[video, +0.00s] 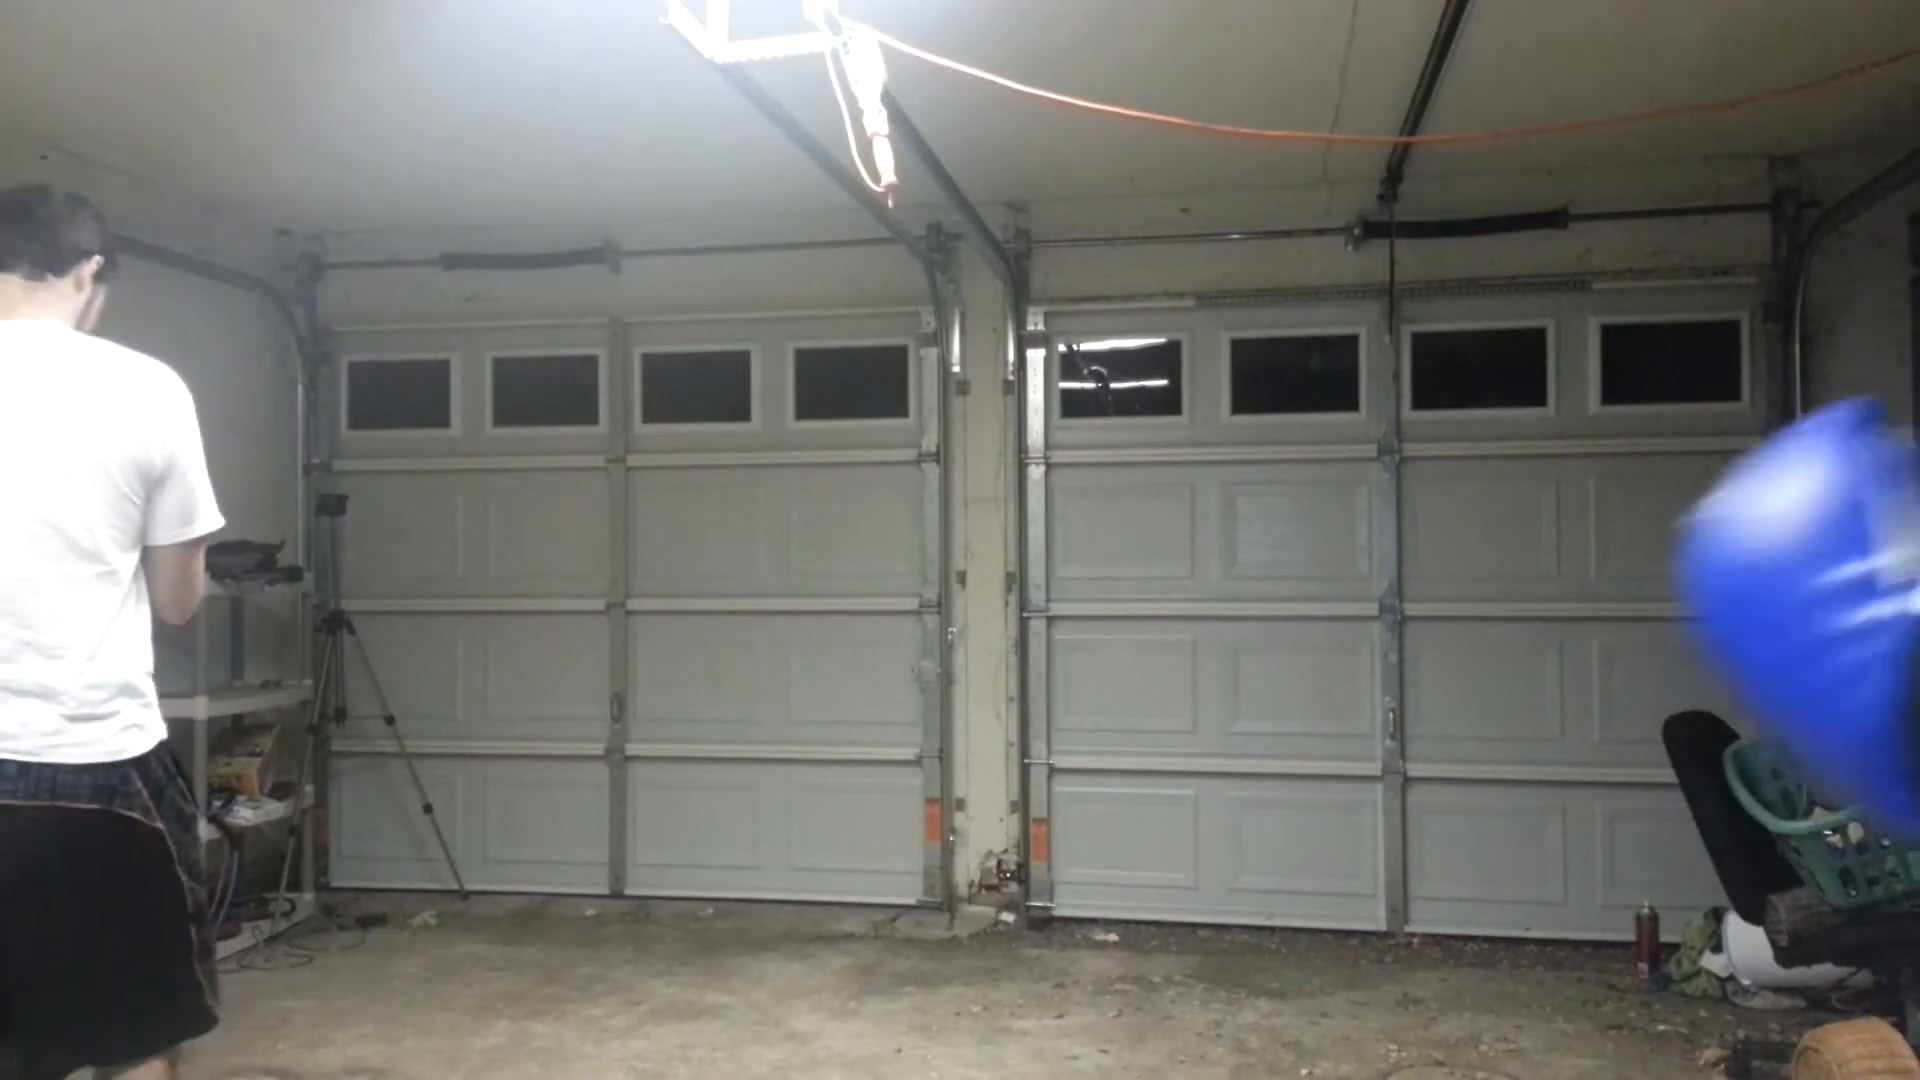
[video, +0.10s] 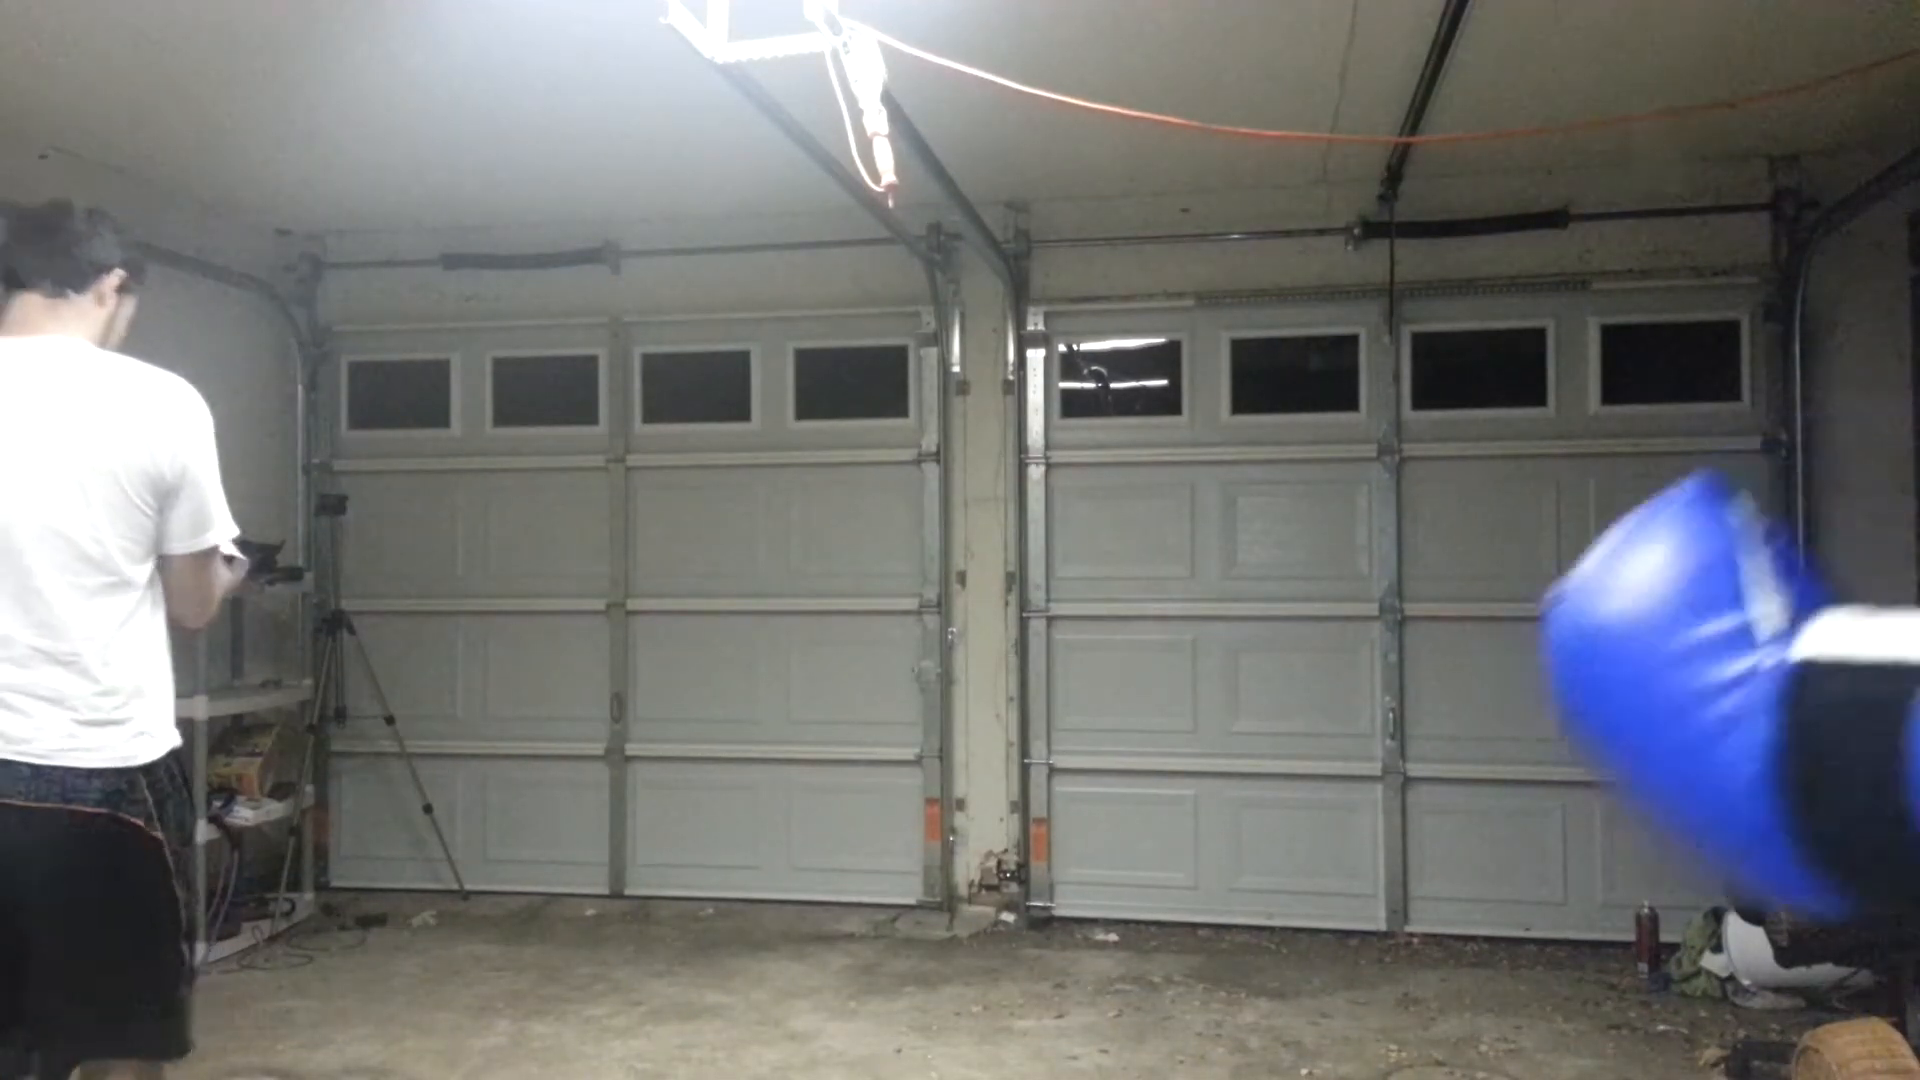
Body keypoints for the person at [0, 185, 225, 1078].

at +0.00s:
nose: (96, 304)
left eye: (99, 291)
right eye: (102, 287)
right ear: (90, 275)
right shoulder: (144, 388)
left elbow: (175, 602)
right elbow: (179, 603)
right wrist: (191, 555)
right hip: (93, 780)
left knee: (17, 1048)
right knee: (142, 1044)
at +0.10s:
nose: (125, 326)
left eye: (128, 308)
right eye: (129, 305)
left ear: (11, 286)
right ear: (111, 289)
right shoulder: (161, 403)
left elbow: (185, 606)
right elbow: (192, 606)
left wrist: (206, 562)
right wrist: (221, 568)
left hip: (3, 785)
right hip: (101, 795)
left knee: (14, 1052)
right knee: (128, 1053)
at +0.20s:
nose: (161, 347)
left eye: (165, 330)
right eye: (166, 325)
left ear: (51, 298)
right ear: (146, 304)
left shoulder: (5, 379)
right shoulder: (189, 419)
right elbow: (215, 613)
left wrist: (219, 567)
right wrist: (256, 580)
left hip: (6, 781)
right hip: (120, 797)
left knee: (10, 1043)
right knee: (110, 1052)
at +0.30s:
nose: (199, 352)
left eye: (205, 334)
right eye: (205, 331)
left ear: (91, 306)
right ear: (183, 312)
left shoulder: (14, 392)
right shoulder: (218, 422)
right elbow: (235, 621)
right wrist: (264, 612)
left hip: (12, 775)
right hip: (142, 786)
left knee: (4, 1042)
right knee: (137, 1045)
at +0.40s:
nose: (228, 372)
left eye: (235, 355)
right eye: (236, 352)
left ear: (127, 310)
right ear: (212, 321)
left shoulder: (20, 399)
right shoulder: (236, 417)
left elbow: (22, 567)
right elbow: (236, 616)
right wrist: (257, 632)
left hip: (21, 771)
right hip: (161, 780)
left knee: (19, 1024)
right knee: (149, 1041)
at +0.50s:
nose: (246, 379)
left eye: (256, 366)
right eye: (254, 362)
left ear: (157, 316)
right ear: (231, 329)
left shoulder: (27, 408)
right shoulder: (245, 415)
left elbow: (8, 579)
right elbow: (251, 607)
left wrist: (69, 656)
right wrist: (206, 683)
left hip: (26, 756)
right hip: (163, 762)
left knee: (67, 1008)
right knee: (154, 1025)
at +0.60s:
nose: (261, 393)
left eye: (271, 380)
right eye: (269, 376)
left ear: (171, 323)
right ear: (242, 336)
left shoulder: (41, 417)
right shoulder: (247, 413)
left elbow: (13, 589)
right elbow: (262, 604)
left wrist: (110, 597)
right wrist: (222, 648)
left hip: (47, 754)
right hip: (175, 759)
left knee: (86, 1011)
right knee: (160, 1028)